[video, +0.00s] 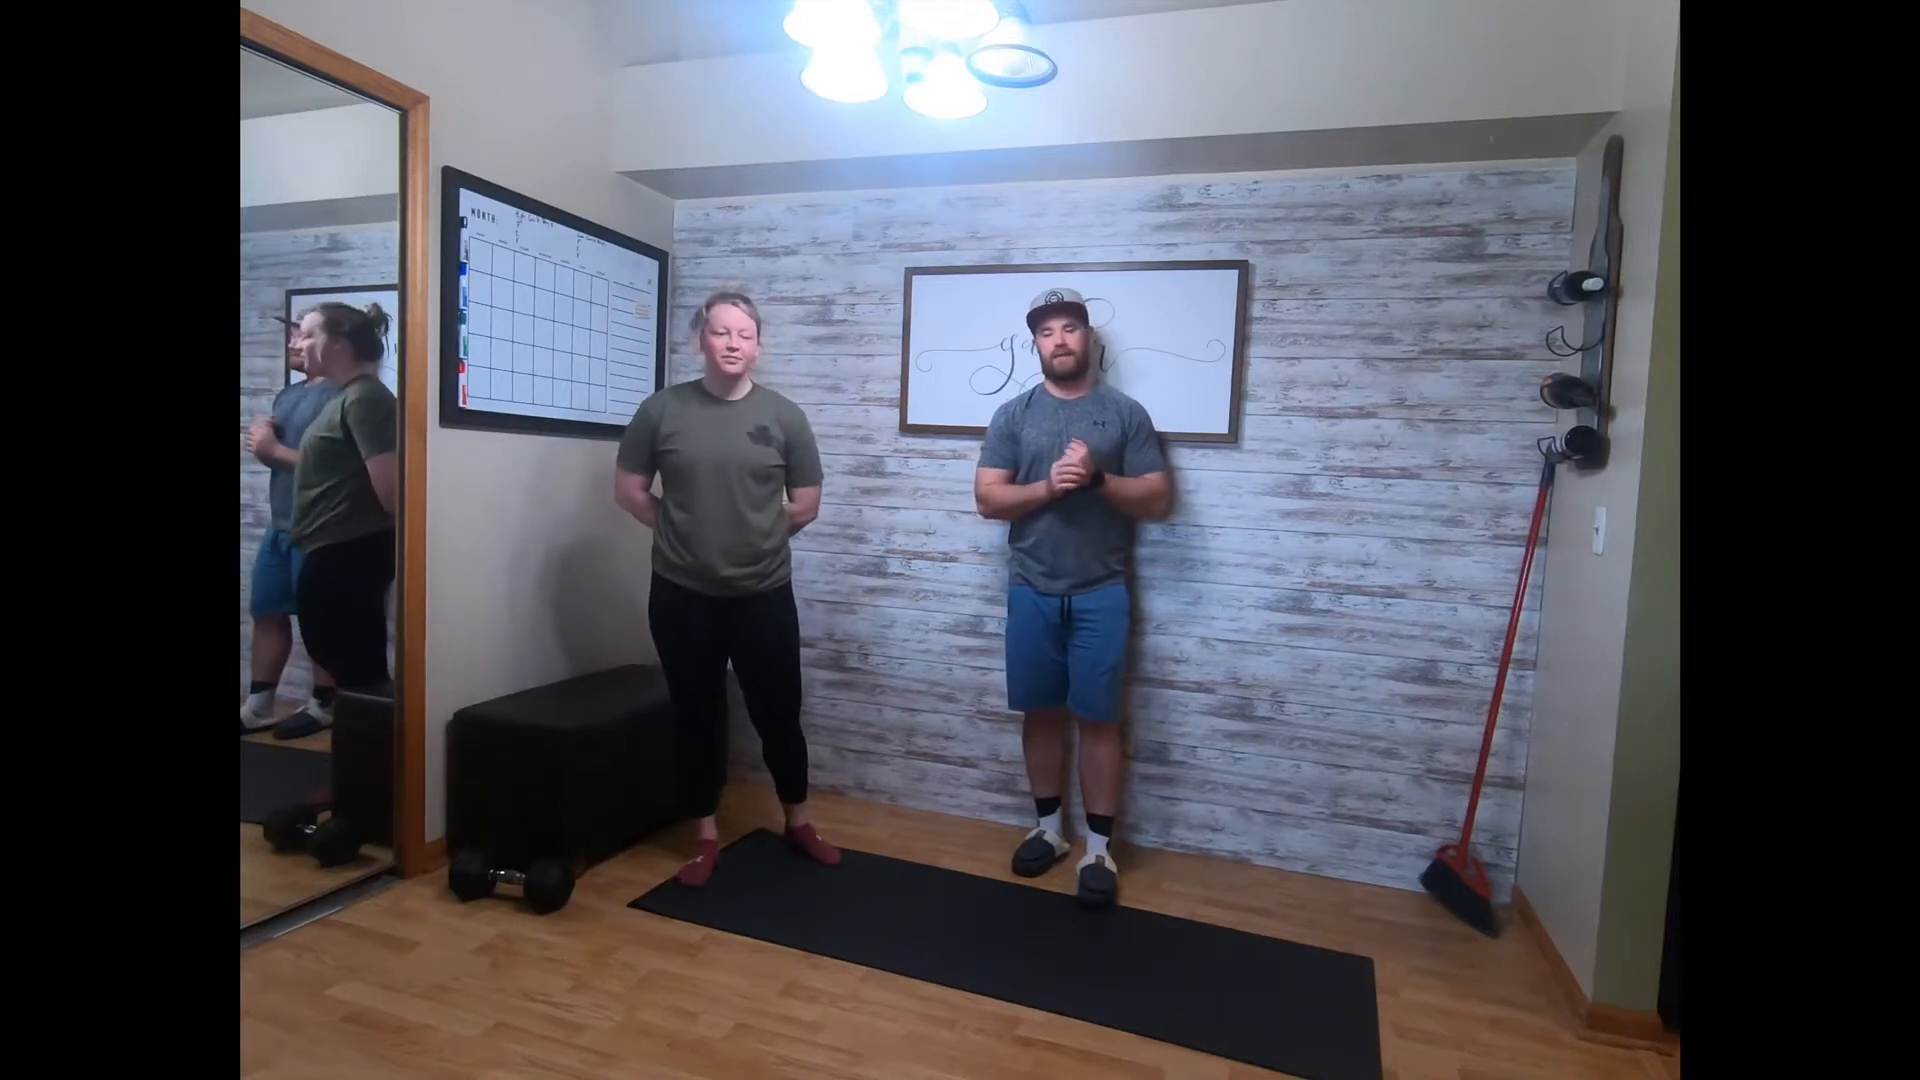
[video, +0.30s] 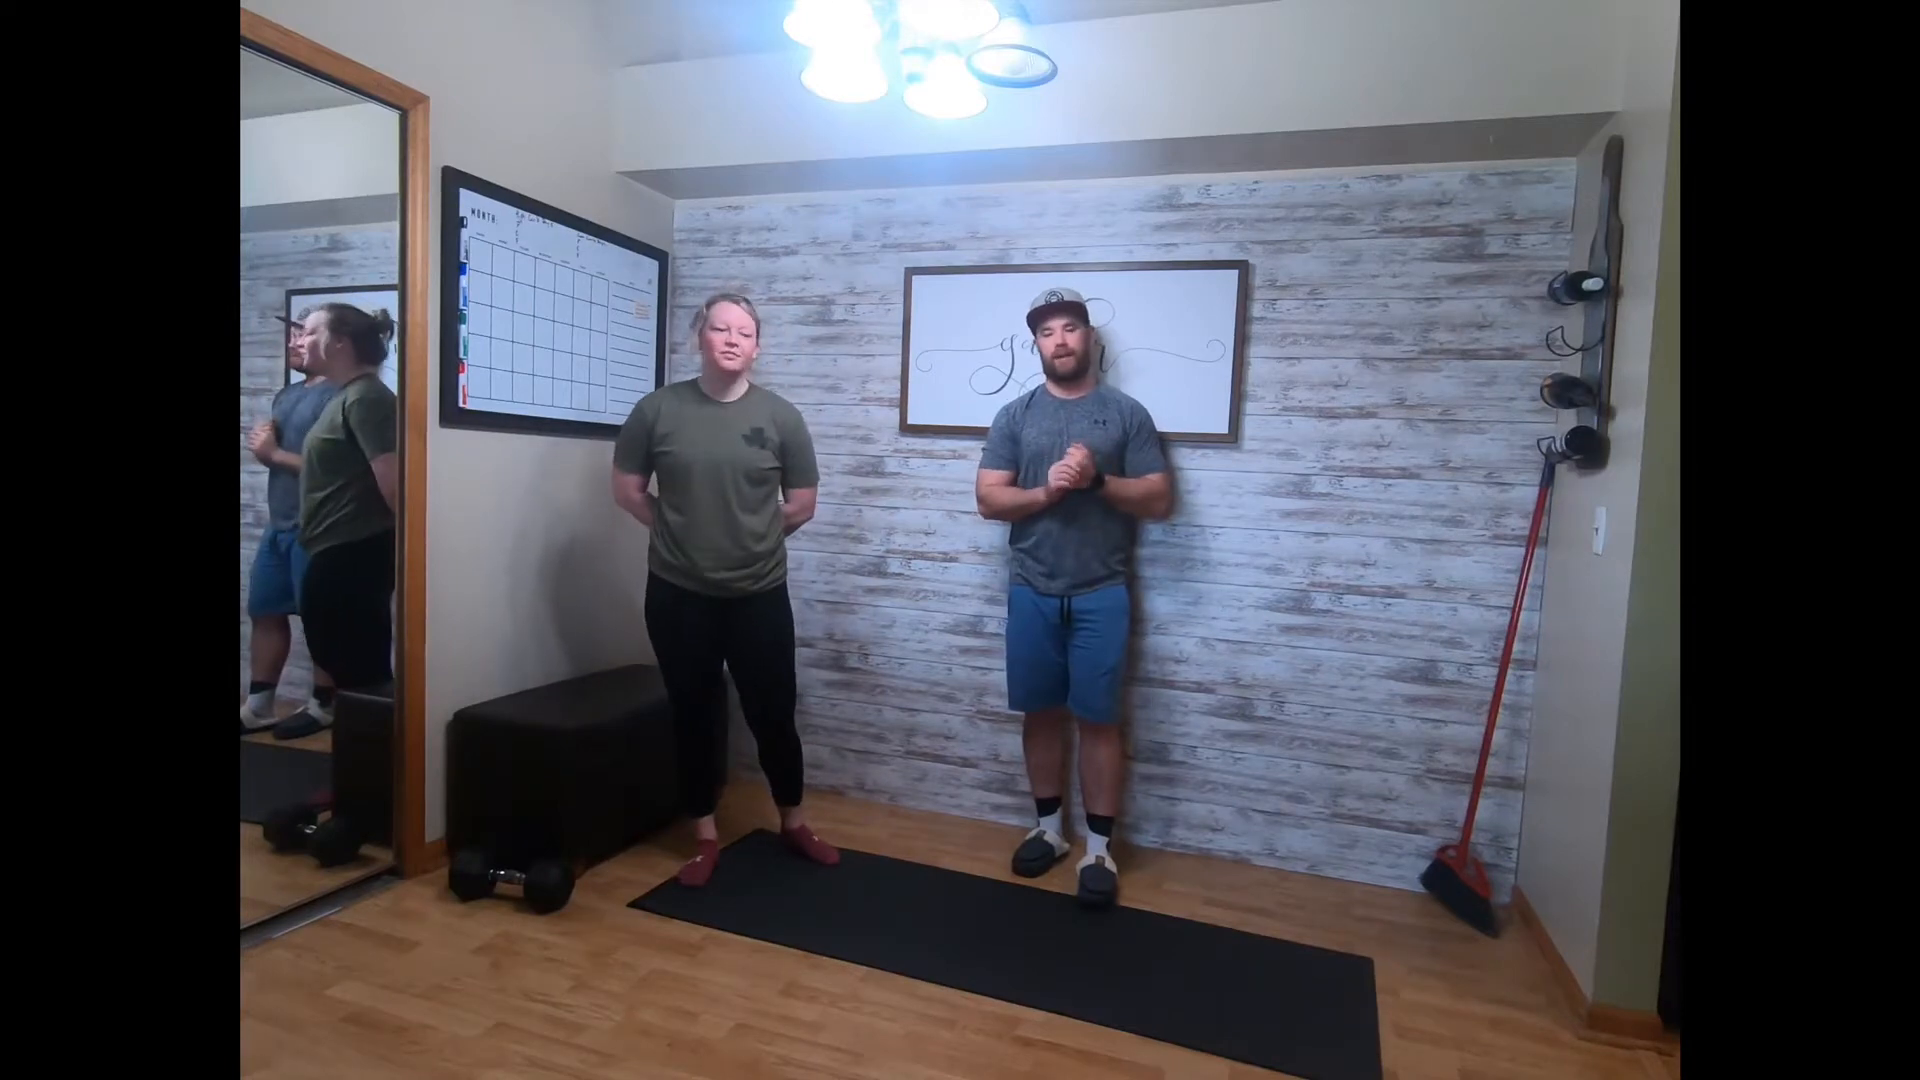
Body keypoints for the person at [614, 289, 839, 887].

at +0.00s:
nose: (733, 343)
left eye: (744, 334)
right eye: (722, 332)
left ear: (757, 345)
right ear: (702, 341)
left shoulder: (785, 417)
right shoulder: (661, 411)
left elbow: (805, 506)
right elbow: (628, 493)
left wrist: (746, 529)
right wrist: (684, 528)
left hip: (763, 593)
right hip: (682, 592)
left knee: (781, 716)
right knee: (696, 719)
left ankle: (799, 825)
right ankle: (707, 838)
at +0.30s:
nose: (732, 340)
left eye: (743, 333)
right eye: (721, 330)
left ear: (756, 348)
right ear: (699, 340)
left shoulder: (781, 416)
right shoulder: (657, 409)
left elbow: (802, 504)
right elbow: (627, 491)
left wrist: (746, 533)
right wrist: (680, 528)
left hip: (759, 592)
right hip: (678, 592)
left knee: (776, 716)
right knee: (694, 718)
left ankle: (793, 824)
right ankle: (707, 838)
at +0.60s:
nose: (737, 339)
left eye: (747, 332)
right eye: (726, 329)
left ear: (757, 347)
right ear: (700, 338)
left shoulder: (778, 416)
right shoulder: (654, 408)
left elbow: (794, 501)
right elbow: (621, 491)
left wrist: (739, 530)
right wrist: (676, 527)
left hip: (758, 592)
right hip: (678, 591)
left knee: (776, 715)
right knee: (695, 718)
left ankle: (790, 825)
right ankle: (707, 839)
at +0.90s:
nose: (743, 339)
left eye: (751, 333)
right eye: (730, 329)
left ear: (758, 347)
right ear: (701, 338)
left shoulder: (776, 414)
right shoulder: (656, 409)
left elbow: (786, 498)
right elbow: (620, 494)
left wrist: (735, 526)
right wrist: (677, 528)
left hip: (761, 589)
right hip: (683, 589)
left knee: (784, 709)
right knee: (697, 714)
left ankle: (799, 823)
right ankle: (707, 839)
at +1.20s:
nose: (750, 343)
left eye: (757, 334)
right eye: (736, 333)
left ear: (766, 344)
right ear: (708, 341)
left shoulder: (785, 414)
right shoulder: (668, 409)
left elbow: (797, 491)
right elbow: (631, 492)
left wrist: (751, 525)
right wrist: (686, 529)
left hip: (770, 588)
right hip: (693, 587)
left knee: (787, 709)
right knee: (700, 713)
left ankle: (799, 819)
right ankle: (707, 837)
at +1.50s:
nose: (768, 347)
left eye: (776, 337)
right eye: (755, 337)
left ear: (788, 346)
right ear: (731, 345)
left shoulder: (811, 416)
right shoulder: (693, 409)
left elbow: (823, 496)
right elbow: (658, 492)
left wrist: (775, 528)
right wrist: (713, 528)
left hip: (789, 590)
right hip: (713, 587)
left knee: (791, 714)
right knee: (711, 712)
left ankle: (795, 824)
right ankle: (707, 838)